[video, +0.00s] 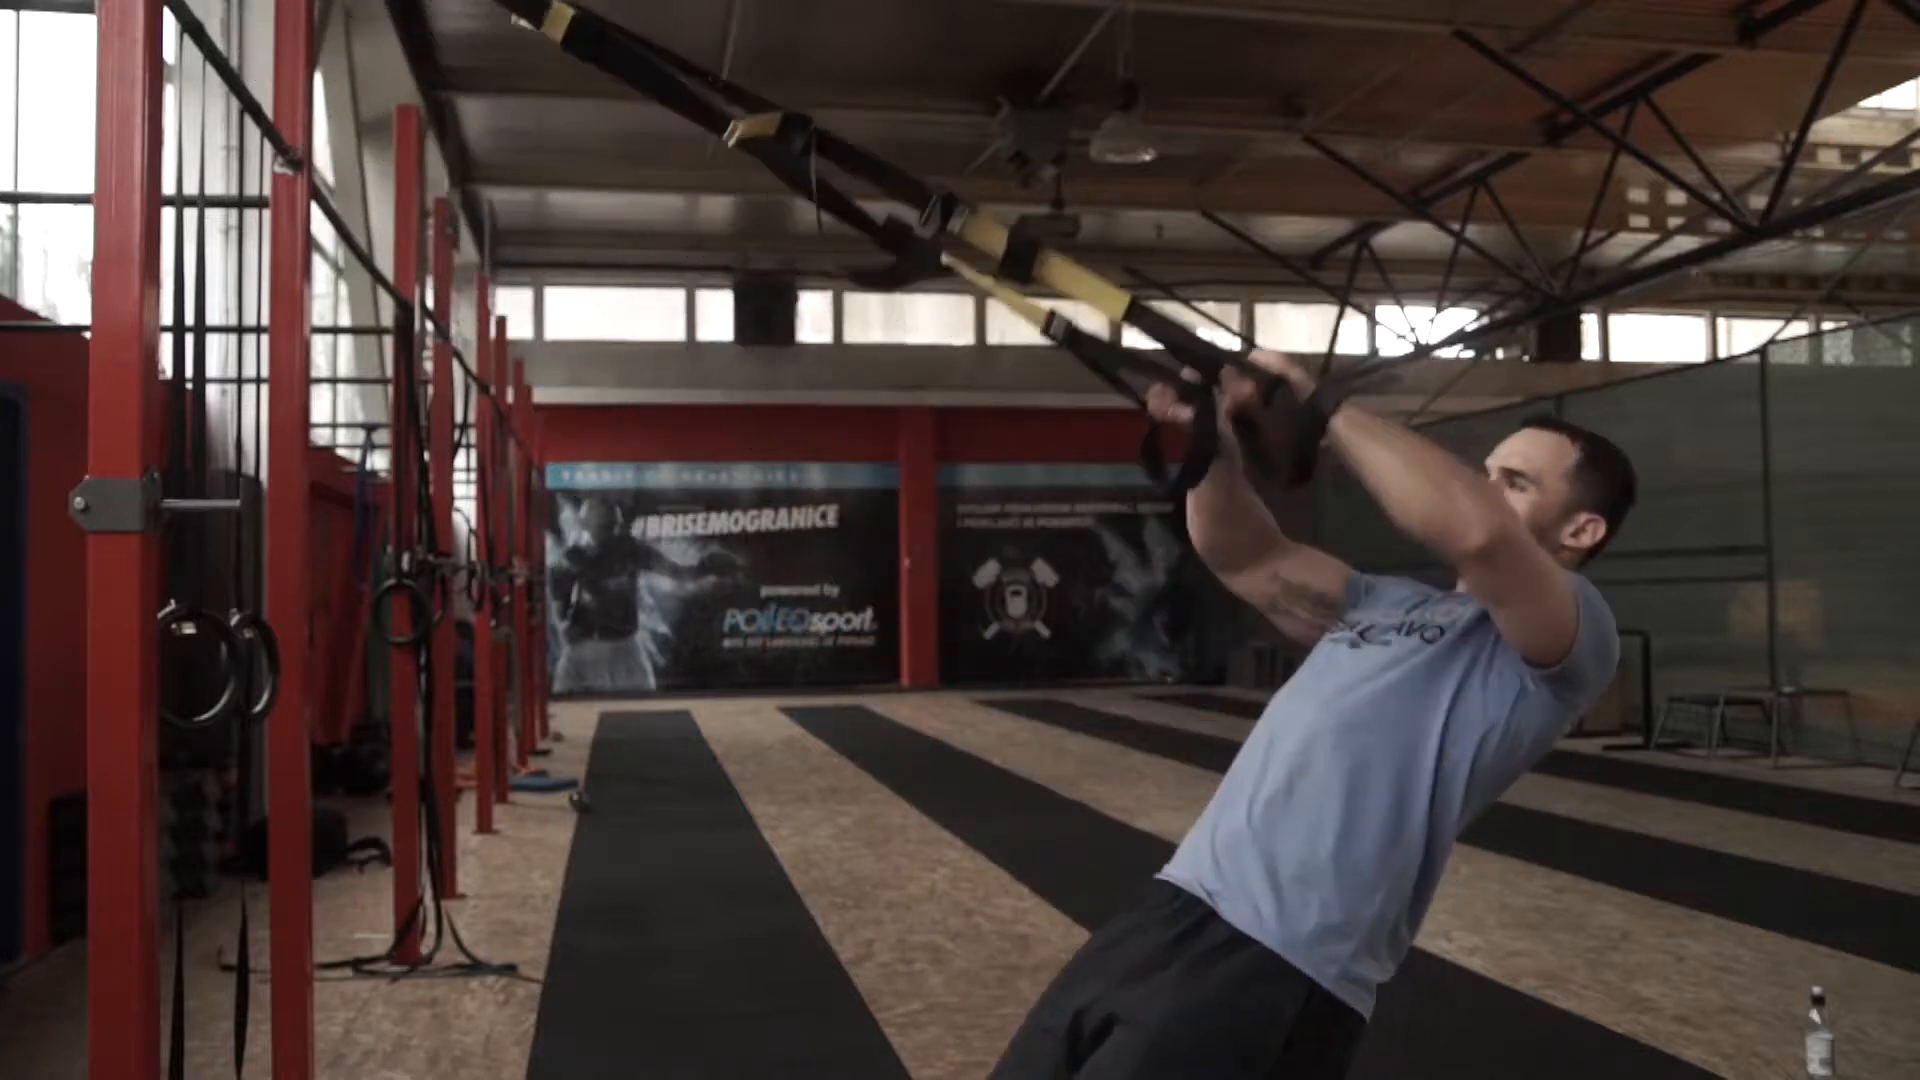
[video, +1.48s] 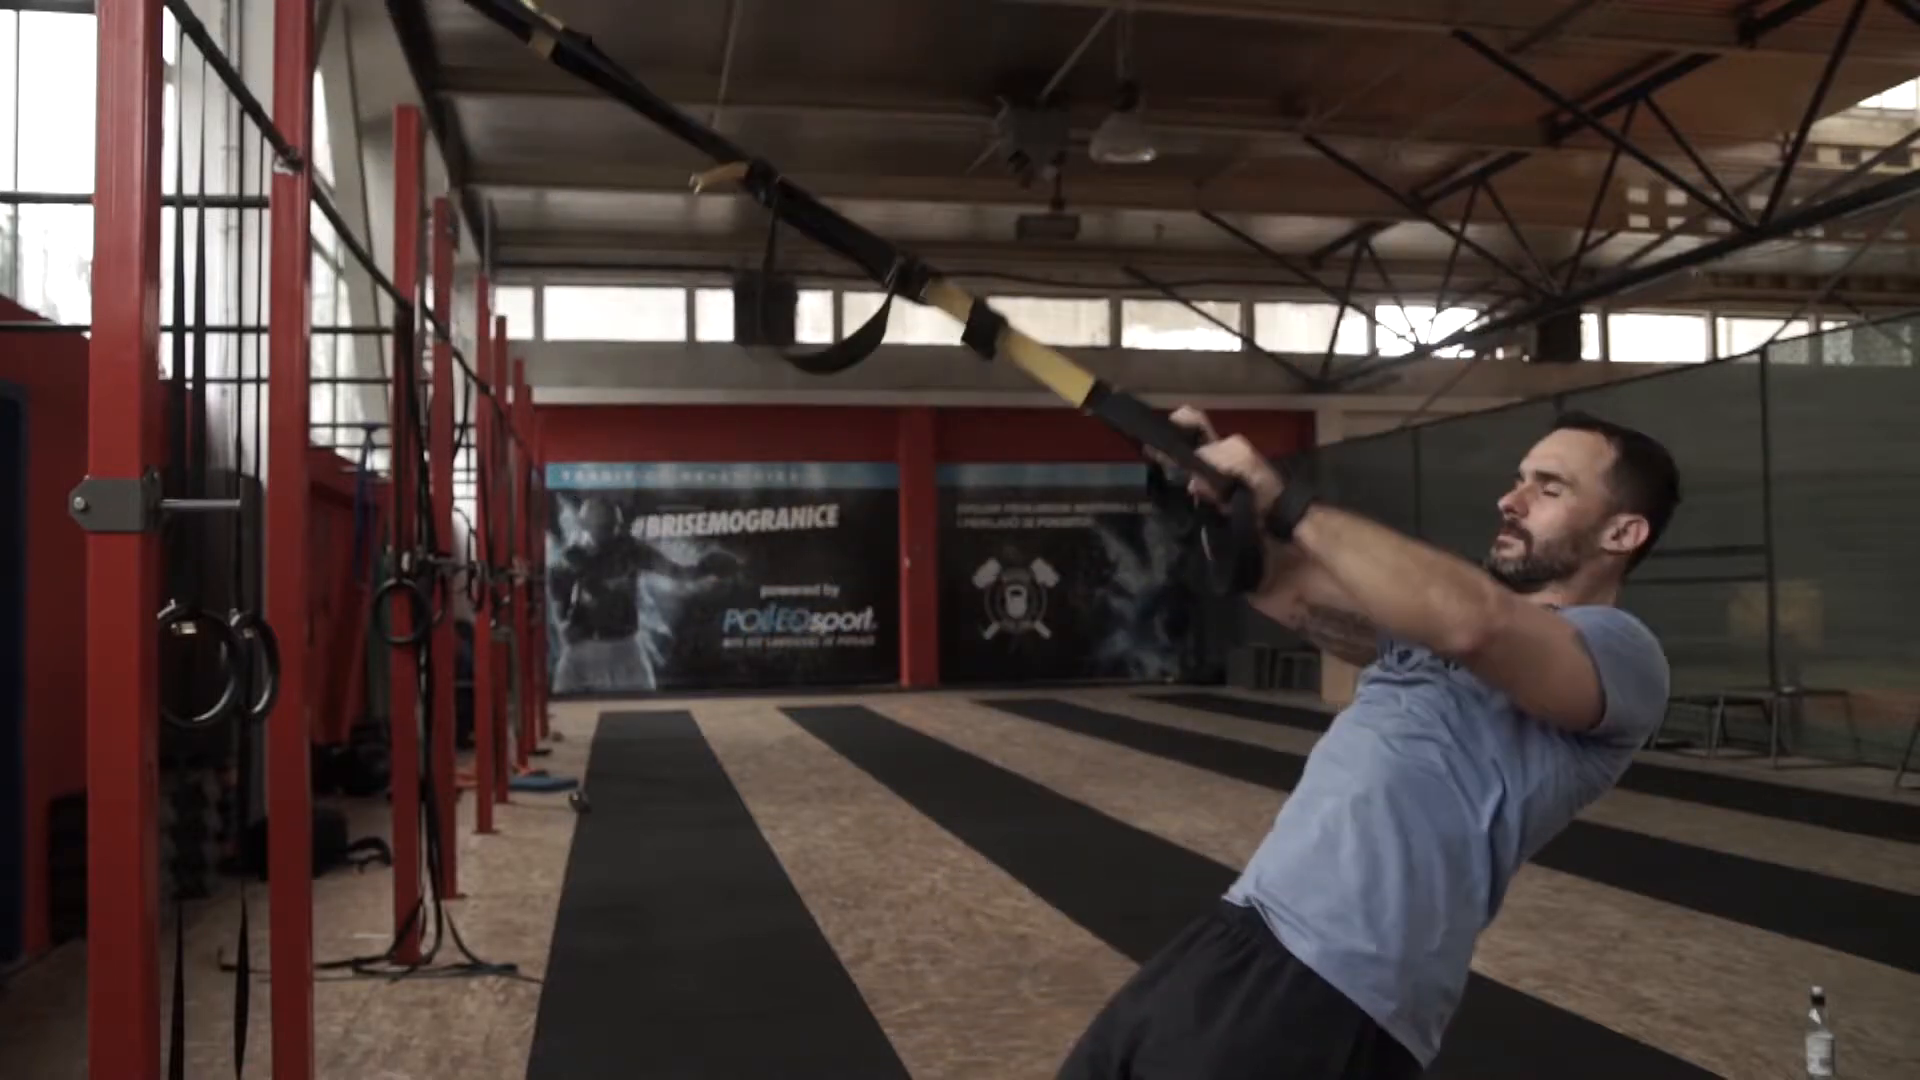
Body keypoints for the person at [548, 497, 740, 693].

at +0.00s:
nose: (600, 523)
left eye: (605, 516)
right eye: (593, 516)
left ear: (615, 518)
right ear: (583, 521)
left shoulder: (629, 549)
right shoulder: (572, 557)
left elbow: (675, 573)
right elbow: (561, 615)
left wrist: (703, 571)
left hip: (624, 647)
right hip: (580, 649)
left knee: (635, 716)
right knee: (573, 719)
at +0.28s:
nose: (601, 526)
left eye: (606, 518)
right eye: (594, 519)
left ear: (616, 519)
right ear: (583, 522)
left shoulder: (630, 549)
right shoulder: (572, 557)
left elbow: (674, 572)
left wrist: (702, 572)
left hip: (624, 647)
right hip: (580, 650)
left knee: (636, 716)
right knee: (573, 718)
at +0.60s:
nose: (601, 528)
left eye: (606, 520)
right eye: (594, 521)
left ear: (616, 520)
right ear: (583, 523)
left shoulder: (631, 550)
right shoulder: (571, 558)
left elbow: (674, 573)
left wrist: (703, 571)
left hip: (625, 648)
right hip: (580, 651)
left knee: (636, 717)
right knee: (574, 719)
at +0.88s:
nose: (600, 527)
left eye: (606, 519)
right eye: (593, 520)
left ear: (616, 519)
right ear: (583, 522)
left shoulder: (630, 550)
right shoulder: (572, 557)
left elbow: (673, 572)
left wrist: (703, 571)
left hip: (625, 647)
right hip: (580, 649)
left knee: (635, 715)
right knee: (573, 717)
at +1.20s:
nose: (601, 527)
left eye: (606, 519)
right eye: (594, 520)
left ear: (616, 519)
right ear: (583, 522)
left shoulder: (630, 549)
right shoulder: (572, 558)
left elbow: (674, 572)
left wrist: (703, 571)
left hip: (624, 647)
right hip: (580, 650)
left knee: (635, 716)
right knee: (573, 718)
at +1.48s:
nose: (601, 525)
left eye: (606, 518)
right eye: (594, 519)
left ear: (615, 519)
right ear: (583, 522)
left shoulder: (631, 549)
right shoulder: (572, 557)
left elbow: (674, 572)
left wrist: (703, 571)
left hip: (624, 647)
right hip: (581, 649)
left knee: (635, 715)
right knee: (573, 717)